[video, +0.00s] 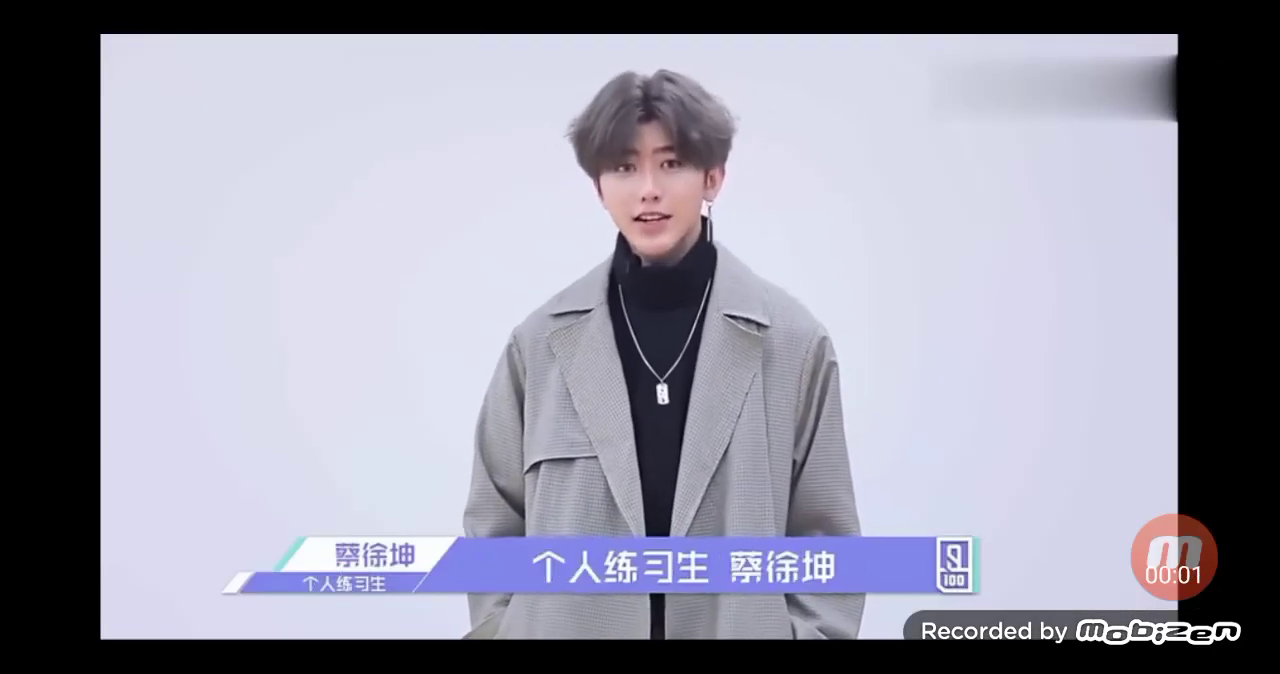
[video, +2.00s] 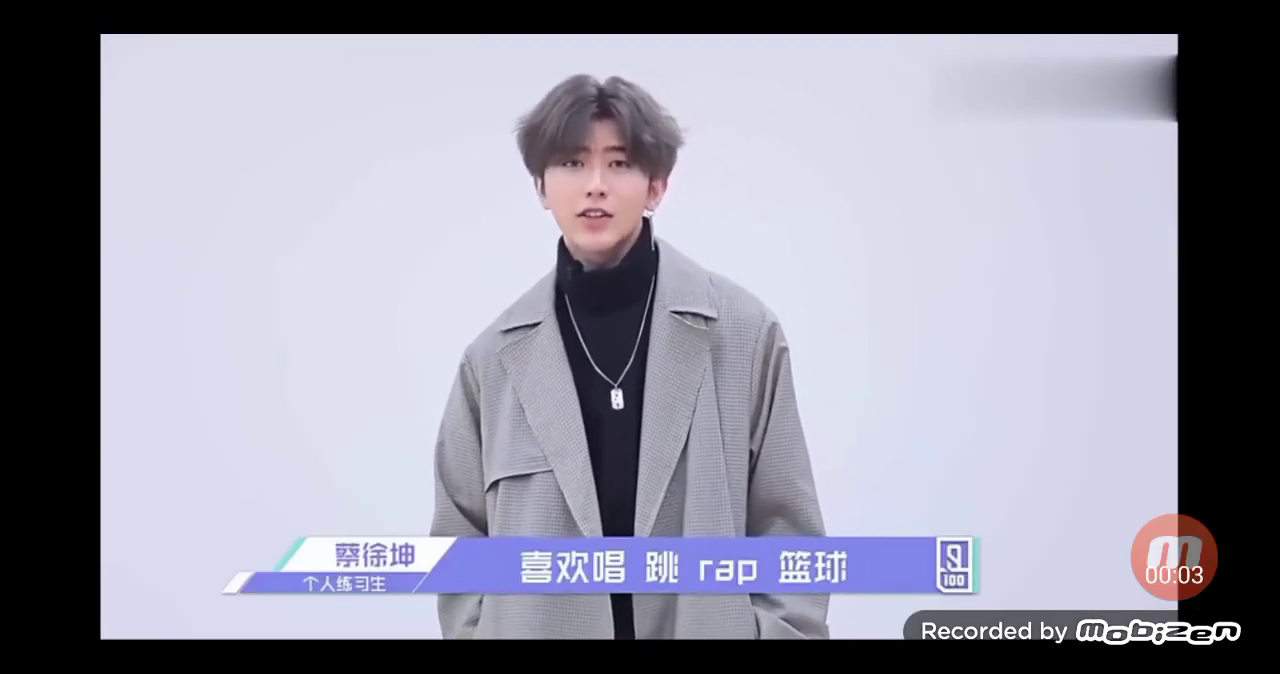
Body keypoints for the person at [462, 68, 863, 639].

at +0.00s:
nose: (649, 190)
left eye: (672, 164)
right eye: (625, 167)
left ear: (712, 180)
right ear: (599, 185)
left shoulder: (795, 341)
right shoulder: (535, 345)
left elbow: (830, 538)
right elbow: (490, 525)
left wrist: (809, 631)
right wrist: (500, 627)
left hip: (737, 630)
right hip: (569, 630)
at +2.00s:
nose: (595, 185)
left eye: (618, 164)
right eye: (572, 163)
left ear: (655, 188)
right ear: (542, 186)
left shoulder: (746, 333)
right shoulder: (489, 359)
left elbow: (791, 530)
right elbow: (455, 542)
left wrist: (776, 630)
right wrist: (476, 628)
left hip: (704, 629)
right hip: (541, 631)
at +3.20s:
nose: (677, 190)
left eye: (697, 163)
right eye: (652, 172)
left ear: (745, 178)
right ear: (633, 198)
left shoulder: (831, 349)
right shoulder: (567, 343)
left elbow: (862, 544)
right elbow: (465, 449)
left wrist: (843, 628)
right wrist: (496, 585)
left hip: (774, 624)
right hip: (605, 625)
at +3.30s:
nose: (698, 195)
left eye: (718, 168)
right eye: (673, 178)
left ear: (764, 181)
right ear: (652, 201)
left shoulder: (850, 358)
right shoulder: (581, 334)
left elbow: (883, 551)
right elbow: (461, 413)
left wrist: (874, 629)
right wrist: (435, 538)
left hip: (784, 631)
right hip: (604, 629)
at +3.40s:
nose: (712, 198)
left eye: (731, 171)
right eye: (688, 182)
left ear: (777, 182)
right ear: (666, 205)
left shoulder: (854, 361)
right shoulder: (595, 336)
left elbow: (889, 554)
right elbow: (523, 474)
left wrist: (876, 627)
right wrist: (481, 459)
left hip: (789, 632)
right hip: (629, 629)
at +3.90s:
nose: (733, 196)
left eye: (752, 171)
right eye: (708, 181)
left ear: (799, 189)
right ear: (687, 206)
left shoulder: (853, 342)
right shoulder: (610, 332)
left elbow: (869, 476)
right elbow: (520, 444)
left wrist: (910, 553)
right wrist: (576, 501)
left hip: (812, 626)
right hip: (651, 622)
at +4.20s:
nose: (700, 198)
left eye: (721, 176)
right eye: (676, 185)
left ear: (768, 196)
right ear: (658, 213)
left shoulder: (824, 340)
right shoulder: (592, 324)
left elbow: (872, 453)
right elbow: (509, 426)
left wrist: (845, 504)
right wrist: (524, 476)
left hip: (765, 617)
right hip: (616, 616)